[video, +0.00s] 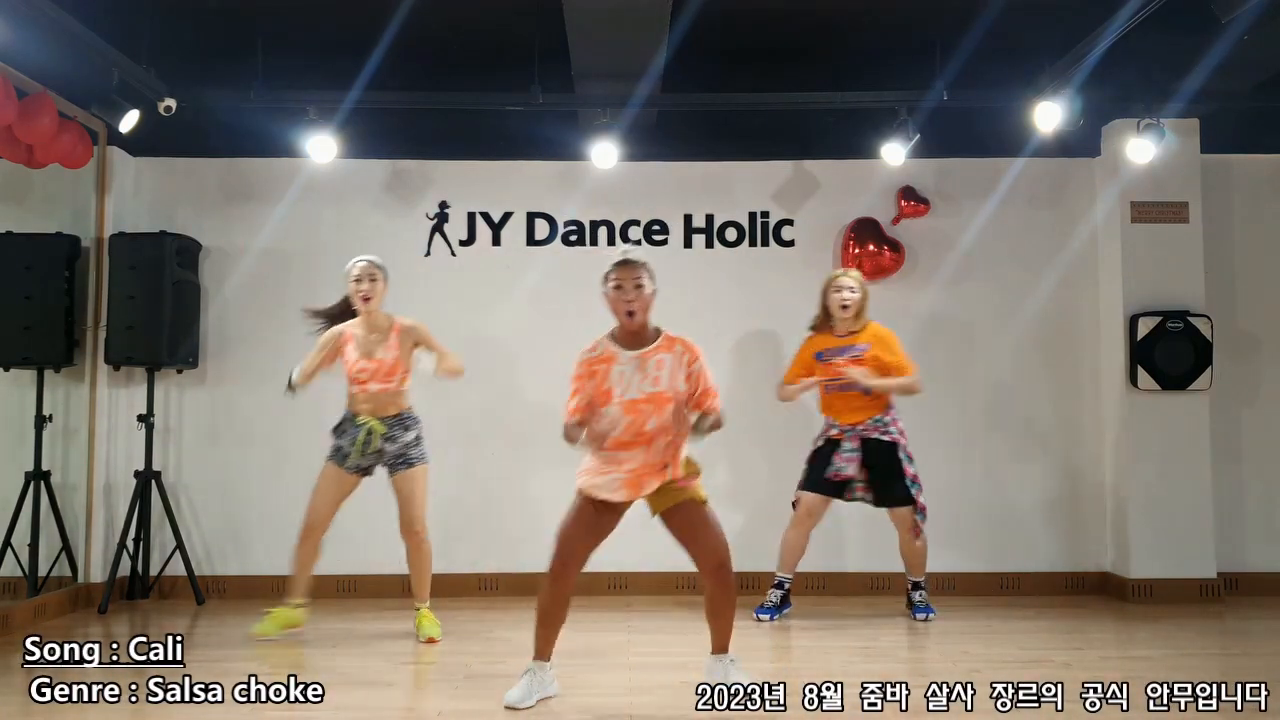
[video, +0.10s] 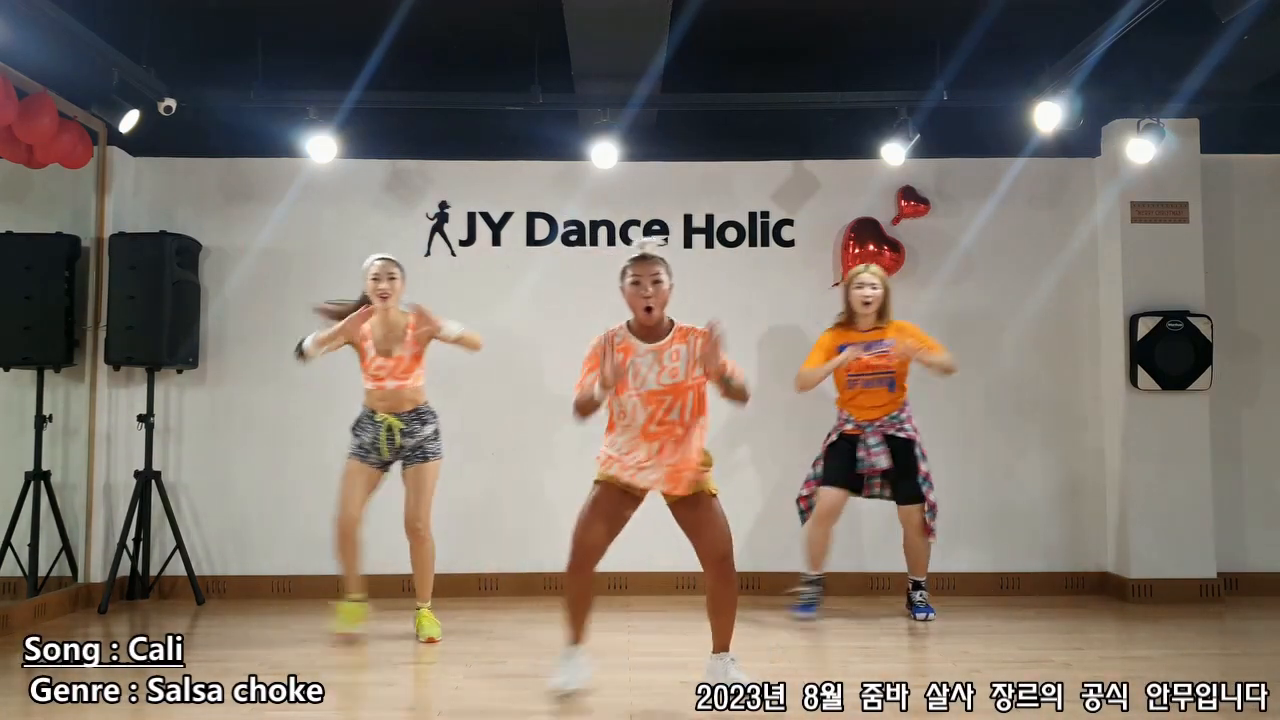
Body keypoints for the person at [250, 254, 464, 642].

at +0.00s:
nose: (365, 287)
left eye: (372, 280)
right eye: (358, 281)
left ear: (385, 286)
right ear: (348, 290)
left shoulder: (408, 330)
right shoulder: (339, 335)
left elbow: (454, 365)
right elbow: (299, 380)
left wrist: (444, 366)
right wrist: (306, 370)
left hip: (402, 431)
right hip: (356, 432)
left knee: (415, 528)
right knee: (313, 523)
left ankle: (424, 611)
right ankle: (295, 605)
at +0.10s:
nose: (383, 284)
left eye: (391, 278)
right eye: (376, 279)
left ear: (402, 285)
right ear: (365, 286)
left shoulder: (419, 322)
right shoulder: (356, 325)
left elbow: (475, 342)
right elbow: (306, 352)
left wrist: (443, 330)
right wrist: (328, 335)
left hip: (418, 425)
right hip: (373, 426)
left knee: (418, 525)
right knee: (346, 518)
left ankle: (425, 610)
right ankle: (354, 601)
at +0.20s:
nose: (398, 288)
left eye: (406, 282)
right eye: (391, 282)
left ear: (417, 289)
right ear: (380, 288)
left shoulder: (433, 327)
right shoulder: (368, 328)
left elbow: (489, 337)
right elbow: (323, 340)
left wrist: (467, 328)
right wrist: (356, 326)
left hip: (432, 427)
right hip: (385, 430)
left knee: (442, 519)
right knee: (381, 526)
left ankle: (435, 607)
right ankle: (386, 612)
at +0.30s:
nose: (418, 291)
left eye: (426, 285)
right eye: (411, 285)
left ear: (436, 292)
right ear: (399, 292)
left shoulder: (449, 331)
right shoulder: (385, 333)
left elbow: (503, 363)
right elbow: (333, 361)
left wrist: (476, 346)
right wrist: (367, 343)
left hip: (444, 428)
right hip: (398, 431)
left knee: (484, 513)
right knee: (381, 532)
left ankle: (486, 594)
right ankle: (386, 613)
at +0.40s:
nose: (446, 300)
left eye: (452, 294)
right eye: (438, 293)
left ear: (461, 301)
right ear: (422, 300)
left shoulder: (470, 345)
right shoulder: (407, 345)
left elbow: (497, 388)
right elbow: (364, 385)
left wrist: (495, 392)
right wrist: (376, 393)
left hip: (458, 442)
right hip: (413, 442)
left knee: (506, 524)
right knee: (383, 537)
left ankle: (524, 608)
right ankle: (386, 614)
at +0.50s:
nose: (478, 301)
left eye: (481, 294)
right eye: (468, 295)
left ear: (487, 300)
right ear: (449, 303)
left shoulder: (490, 348)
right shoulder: (434, 346)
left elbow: (516, 396)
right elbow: (394, 400)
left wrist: (520, 415)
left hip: (474, 443)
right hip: (430, 444)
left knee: (514, 526)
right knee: (385, 532)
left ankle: (524, 610)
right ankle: (383, 612)